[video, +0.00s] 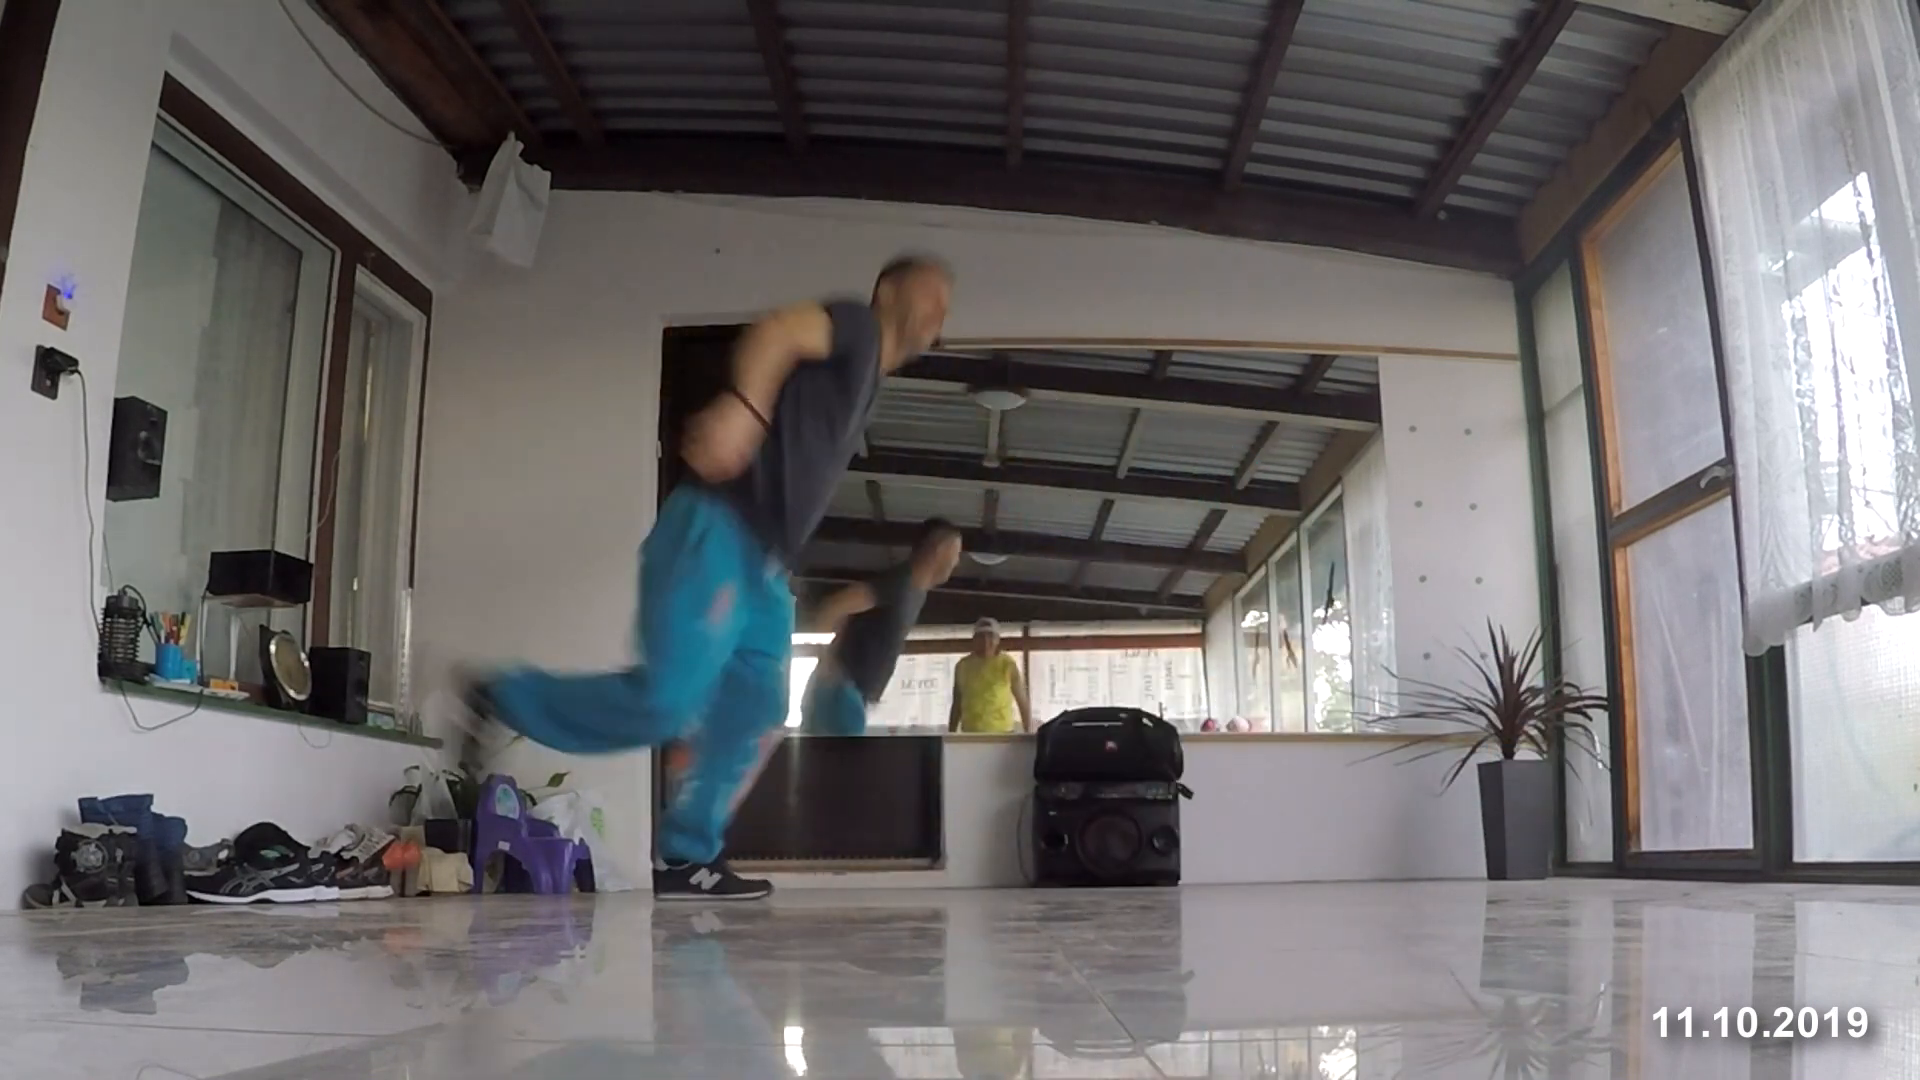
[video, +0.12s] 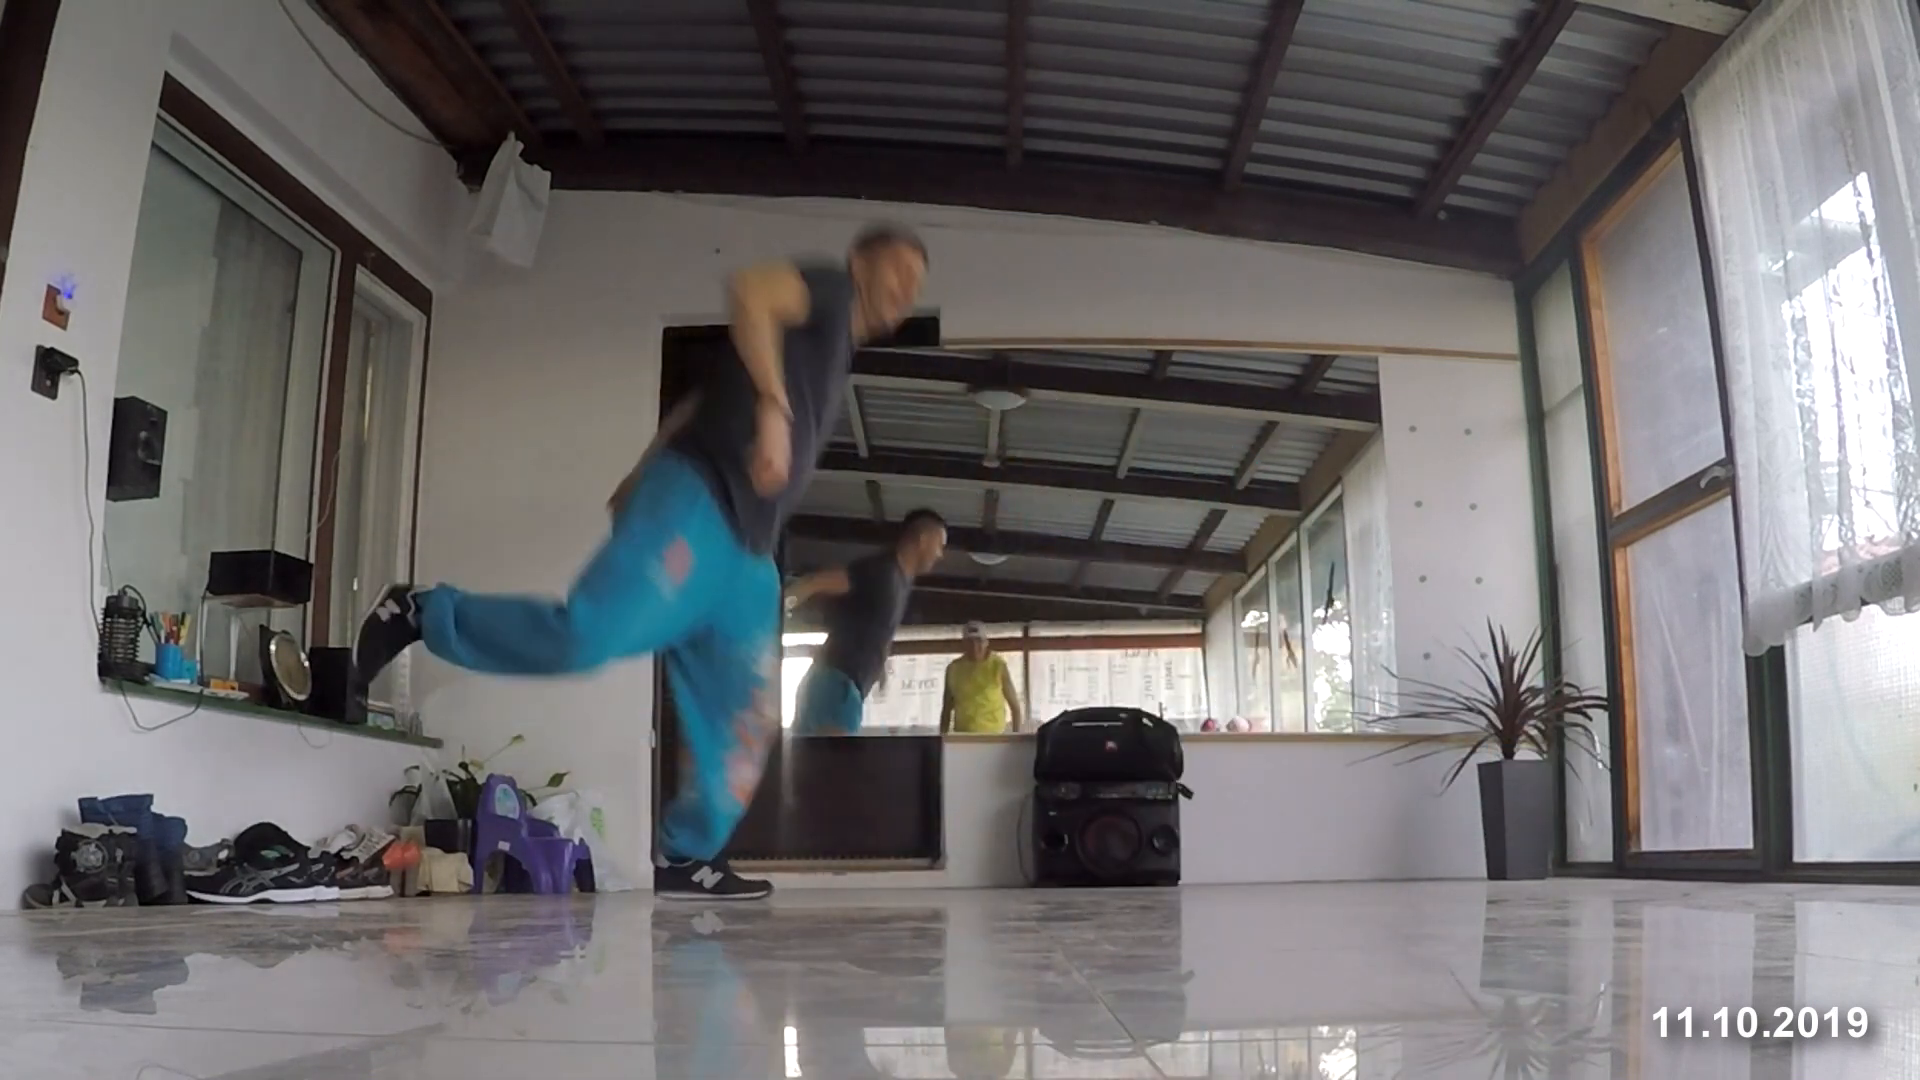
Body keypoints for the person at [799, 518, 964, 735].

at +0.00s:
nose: (957, 561)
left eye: (958, 554)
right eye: (955, 552)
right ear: (937, 548)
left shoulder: (916, 590)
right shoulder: (899, 583)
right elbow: (835, 606)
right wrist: (825, 658)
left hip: (856, 694)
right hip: (839, 690)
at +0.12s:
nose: (940, 554)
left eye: (942, 547)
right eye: (939, 545)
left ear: (923, 540)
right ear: (921, 539)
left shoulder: (902, 581)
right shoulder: (881, 571)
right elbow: (814, 582)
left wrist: (880, 664)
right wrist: (782, 605)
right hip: (834, 685)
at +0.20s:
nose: (938, 549)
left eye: (940, 542)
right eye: (938, 539)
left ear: (921, 532)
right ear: (921, 531)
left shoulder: (895, 570)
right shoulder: (883, 560)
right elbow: (818, 579)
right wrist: (787, 610)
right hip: (833, 676)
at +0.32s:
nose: (931, 545)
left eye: (934, 538)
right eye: (933, 535)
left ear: (916, 524)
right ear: (920, 525)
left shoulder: (877, 546)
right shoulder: (890, 555)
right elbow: (852, 602)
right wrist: (851, 666)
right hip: (836, 657)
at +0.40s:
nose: (922, 556)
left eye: (926, 549)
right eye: (923, 547)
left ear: (894, 534)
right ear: (910, 539)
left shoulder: (858, 560)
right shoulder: (896, 569)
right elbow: (885, 626)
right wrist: (906, 682)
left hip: (815, 661)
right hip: (842, 668)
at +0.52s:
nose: (910, 586)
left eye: (912, 580)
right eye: (911, 579)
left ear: (878, 570)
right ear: (901, 574)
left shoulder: (842, 597)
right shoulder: (898, 606)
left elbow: (811, 661)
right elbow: (922, 652)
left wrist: (807, 711)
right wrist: (955, 706)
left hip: (816, 700)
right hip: (846, 707)